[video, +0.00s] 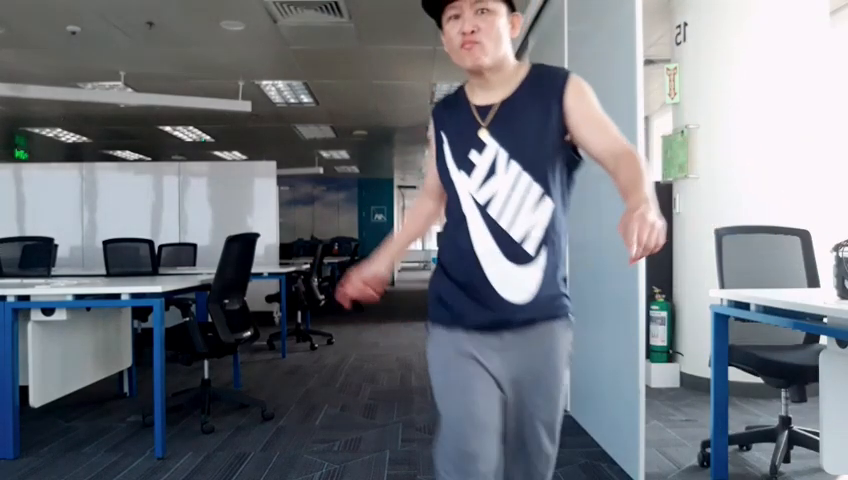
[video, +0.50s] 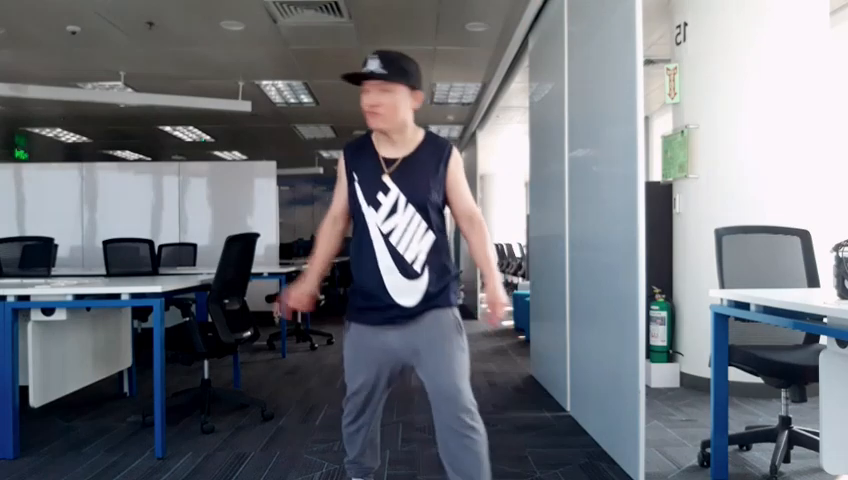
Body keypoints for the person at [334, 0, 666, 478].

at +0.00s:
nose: (467, 25)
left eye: (482, 11)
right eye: (453, 18)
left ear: (514, 24)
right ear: (444, 39)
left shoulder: (560, 89)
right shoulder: (445, 115)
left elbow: (618, 154)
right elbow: (432, 197)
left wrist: (641, 203)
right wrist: (383, 259)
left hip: (540, 326)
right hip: (457, 327)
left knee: (532, 466)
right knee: (470, 463)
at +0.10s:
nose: (453, 34)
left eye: (466, 20)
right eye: (440, 25)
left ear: (493, 31)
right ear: (428, 44)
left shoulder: (533, 92)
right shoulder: (424, 113)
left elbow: (572, 167)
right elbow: (390, 187)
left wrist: (599, 242)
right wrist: (332, 224)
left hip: (513, 307)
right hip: (434, 304)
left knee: (515, 447)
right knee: (406, 431)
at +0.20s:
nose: (443, 55)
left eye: (455, 45)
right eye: (431, 47)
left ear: (478, 54)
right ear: (418, 63)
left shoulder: (514, 120)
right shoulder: (408, 132)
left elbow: (545, 198)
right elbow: (377, 198)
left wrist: (571, 274)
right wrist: (330, 225)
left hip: (495, 319)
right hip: (421, 317)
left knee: (503, 457)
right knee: (385, 438)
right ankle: (388, 475)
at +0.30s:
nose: (443, 55)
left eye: (455, 45)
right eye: (431, 48)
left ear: (478, 54)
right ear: (418, 63)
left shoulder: (514, 120)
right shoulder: (408, 132)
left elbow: (545, 198)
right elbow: (377, 198)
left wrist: (570, 274)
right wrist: (330, 225)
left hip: (495, 319)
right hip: (421, 317)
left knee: (503, 457)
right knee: (384, 438)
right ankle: (388, 475)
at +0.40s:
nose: (413, 87)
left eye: (425, 77)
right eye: (403, 77)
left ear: (445, 89)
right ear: (387, 91)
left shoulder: (465, 148)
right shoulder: (370, 152)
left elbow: (490, 216)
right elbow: (351, 215)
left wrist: (518, 282)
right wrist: (341, 262)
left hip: (453, 321)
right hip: (384, 322)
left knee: (473, 431)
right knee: (364, 421)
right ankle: (360, 474)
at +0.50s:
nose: (370, 100)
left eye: (383, 91)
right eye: (365, 91)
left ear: (415, 98)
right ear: (359, 98)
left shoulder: (442, 154)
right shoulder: (353, 156)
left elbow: (469, 218)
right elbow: (336, 220)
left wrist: (492, 279)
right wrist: (309, 280)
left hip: (433, 313)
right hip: (368, 316)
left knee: (457, 411)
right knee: (359, 411)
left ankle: (473, 477)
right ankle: (360, 473)